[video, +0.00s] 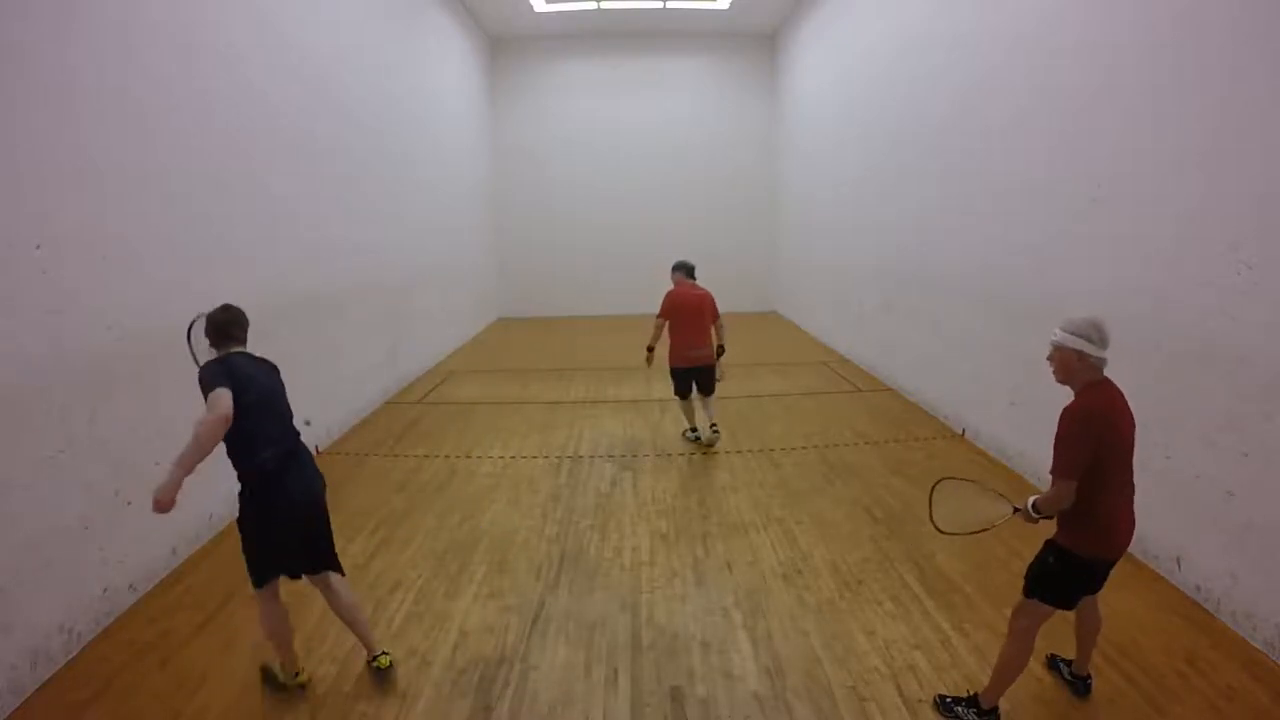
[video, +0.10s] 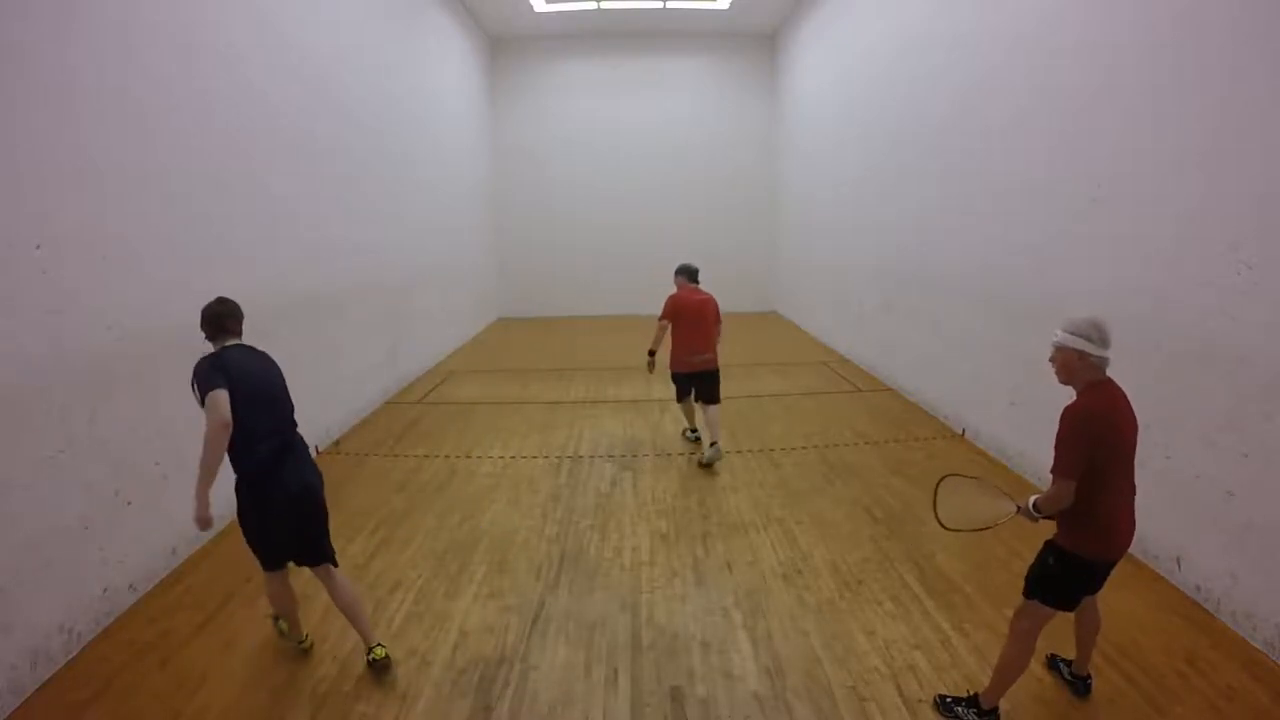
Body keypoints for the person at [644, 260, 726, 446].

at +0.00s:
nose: (672, 280)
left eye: (673, 276)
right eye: (672, 276)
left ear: (680, 275)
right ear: (692, 276)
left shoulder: (672, 295)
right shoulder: (706, 295)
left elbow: (660, 324)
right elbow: (718, 323)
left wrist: (650, 347)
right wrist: (721, 345)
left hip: (680, 360)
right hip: (705, 359)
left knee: (684, 397)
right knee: (706, 394)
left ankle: (693, 430)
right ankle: (713, 425)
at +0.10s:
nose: (675, 284)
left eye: (676, 280)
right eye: (675, 280)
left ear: (680, 279)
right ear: (695, 279)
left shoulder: (675, 299)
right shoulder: (710, 299)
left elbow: (663, 327)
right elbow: (717, 329)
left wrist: (652, 353)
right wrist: (709, 349)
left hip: (682, 365)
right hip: (708, 365)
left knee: (684, 398)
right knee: (709, 403)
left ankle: (693, 431)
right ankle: (714, 444)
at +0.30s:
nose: (679, 290)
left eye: (679, 286)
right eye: (680, 287)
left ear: (684, 285)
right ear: (700, 286)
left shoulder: (677, 305)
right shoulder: (714, 308)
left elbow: (667, 335)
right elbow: (718, 342)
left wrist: (661, 363)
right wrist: (702, 355)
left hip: (681, 372)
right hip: (709, 372)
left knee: (681, 401)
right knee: (708, 415)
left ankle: (690, 431)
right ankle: (712, 460)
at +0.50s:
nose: (670, 285)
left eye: (670, 281)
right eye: (670, 282)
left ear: (674, 280)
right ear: (692, 279)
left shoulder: (670, 302)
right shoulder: (708, 302)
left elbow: (659, 334)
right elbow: (716, 337)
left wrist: (656, 356)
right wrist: (711, 359)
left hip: (674, 370)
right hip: (702, 370)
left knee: (663, 402)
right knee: (707, 414)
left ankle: (665, 443)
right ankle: (712, 459)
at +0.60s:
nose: (662, 287)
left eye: (662, 284)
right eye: (662, 284)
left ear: (665, 282)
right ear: (683, 281)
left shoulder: (663, 304)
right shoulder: (701, 303)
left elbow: (652, 336)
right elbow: (711, 336)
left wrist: (646, 356)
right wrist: (710, 359)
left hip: (668, 372)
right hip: (698, 371)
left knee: (650, 405)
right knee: (705, 414)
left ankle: (645, 448)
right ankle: (712, 460)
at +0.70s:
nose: (650, 291)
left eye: (650, 287)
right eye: (650, 287)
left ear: (654, 285)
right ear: (671, 283)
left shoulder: (652, 306)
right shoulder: (689, 304)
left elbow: (641, 338)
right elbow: (702, 335)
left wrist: (634, 360)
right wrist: (703, 361)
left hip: (660, 375)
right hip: (690, 373)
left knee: (643, 410)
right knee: (699, 415)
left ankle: (632, 453)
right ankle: (711, 459)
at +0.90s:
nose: (625, 291)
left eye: (624, 287)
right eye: (624, 288)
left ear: (628, 285)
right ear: (644, 282)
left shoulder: (629, 305)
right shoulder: (663, 302)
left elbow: (620, 338)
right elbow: (676, 333)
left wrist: (614, 362)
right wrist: (678, 359)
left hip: (638, 373)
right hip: (667, 370)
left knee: (629, 413)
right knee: (677, 412)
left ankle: (628, 455)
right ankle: (701, 449)